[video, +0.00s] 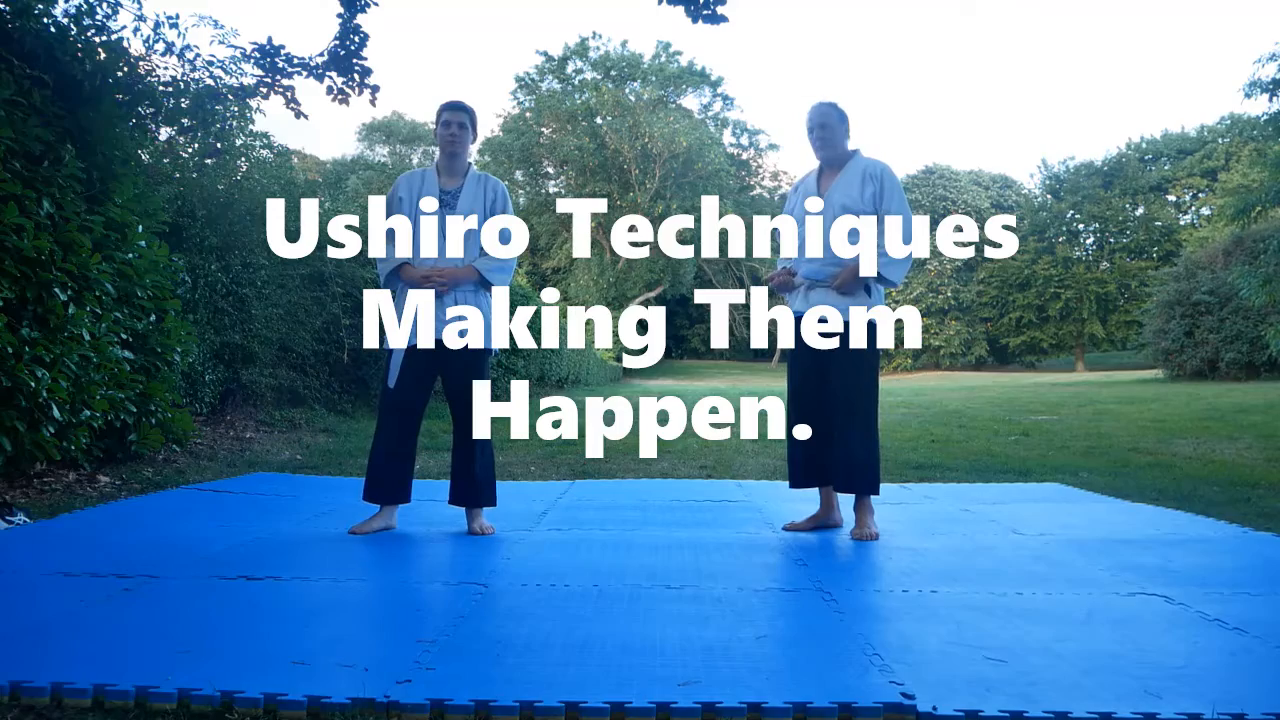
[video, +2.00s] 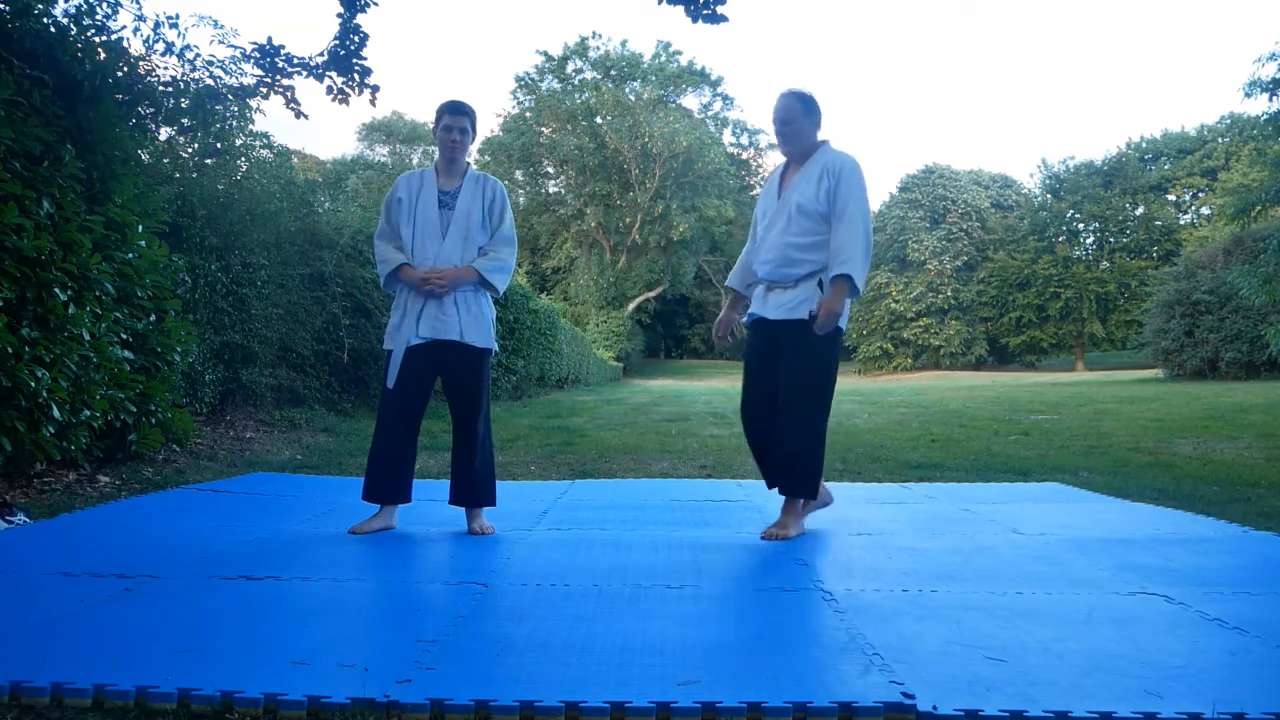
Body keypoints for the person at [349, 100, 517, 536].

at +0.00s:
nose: (452, 132)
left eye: (461, 127)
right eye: (446, 125)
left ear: (474, 138)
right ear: (434, 133)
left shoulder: (493, 190)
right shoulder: (406, 185)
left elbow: (504, 258)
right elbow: (388, 253)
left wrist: (456, 274)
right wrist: (416, 275)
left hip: (470, 320)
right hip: (413, 318)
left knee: (472, 414)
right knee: (398, 411)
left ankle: (475, 513)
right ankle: (387, 510)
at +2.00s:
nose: (453, 137)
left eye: (462, 131)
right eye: (447, 129)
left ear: (473, 139)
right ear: (434, 133)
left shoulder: (492, 191)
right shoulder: (406, 186)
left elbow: (504, 256)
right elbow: (383, 247)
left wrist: (458, 275)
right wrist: (412, 275)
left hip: (469, 321)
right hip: (414, 319)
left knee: (472, 420)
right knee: (396, 416)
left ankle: (475, 513)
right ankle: (387, 510)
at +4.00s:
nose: (514, 160)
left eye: (517, 153)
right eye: (512, 150)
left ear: (499, 147)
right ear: (489, 140)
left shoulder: (497, 203)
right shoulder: (439, 178)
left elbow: (496, 266)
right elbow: (410, 238)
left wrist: (502, 317)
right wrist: (432, 290)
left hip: (475, 325)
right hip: (424, 317)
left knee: (478, 412)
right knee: (400, 413)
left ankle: (463, 508)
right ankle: (386, 510)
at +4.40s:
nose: (557, 168)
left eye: (562, 163)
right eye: (557, 158)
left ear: (544, 154)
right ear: (536, 145)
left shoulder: (528, 207)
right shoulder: (496, 174)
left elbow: (523, 272)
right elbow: (468, 221)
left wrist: (531, 318)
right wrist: (463, 268)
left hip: (502, 320)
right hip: (471, 311)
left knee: (490, 409)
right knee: (466, 406)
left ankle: (465, 503)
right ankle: (455, 503)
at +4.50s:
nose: (567, 170)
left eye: (572, 164)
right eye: (567, 159)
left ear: (551, 155)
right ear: (545, 147)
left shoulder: (532, 199)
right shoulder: (510, 175)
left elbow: (529, 269)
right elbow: (486, 223)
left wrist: (541, 314)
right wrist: (501, 268)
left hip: (507, 315)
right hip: (491, 310)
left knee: (478, 408)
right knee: (505, 406)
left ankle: (461, 506)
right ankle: (512, 509)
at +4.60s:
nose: (573, 170)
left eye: (578, 164)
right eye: (573, 159)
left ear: (554, 152)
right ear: (552, 147)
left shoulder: (533, 190)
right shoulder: (519, 175)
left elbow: (528, 262)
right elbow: (500, 229)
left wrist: (549, 308)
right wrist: (531, 263)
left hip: (511, 310)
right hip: (499, 307)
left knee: (483, 407)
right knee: (517, 408)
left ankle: (462, 506)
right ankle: (543, 511)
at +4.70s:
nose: (587, 167)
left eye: (591, 161)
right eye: (585, 157)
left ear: (566, 149)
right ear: (564, 144)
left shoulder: (546, 188)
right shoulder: (534, 176)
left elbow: (530, 257)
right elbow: (531, 233)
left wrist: (555, 301)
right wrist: (581, 263)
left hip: (524, 306)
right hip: (516, 305)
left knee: (498, 406)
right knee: (535, 409)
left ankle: (464, 505)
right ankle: (556, 513)